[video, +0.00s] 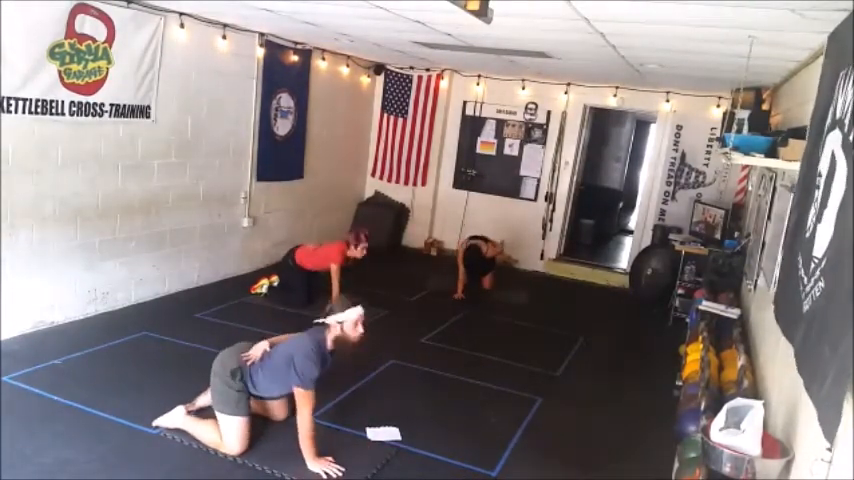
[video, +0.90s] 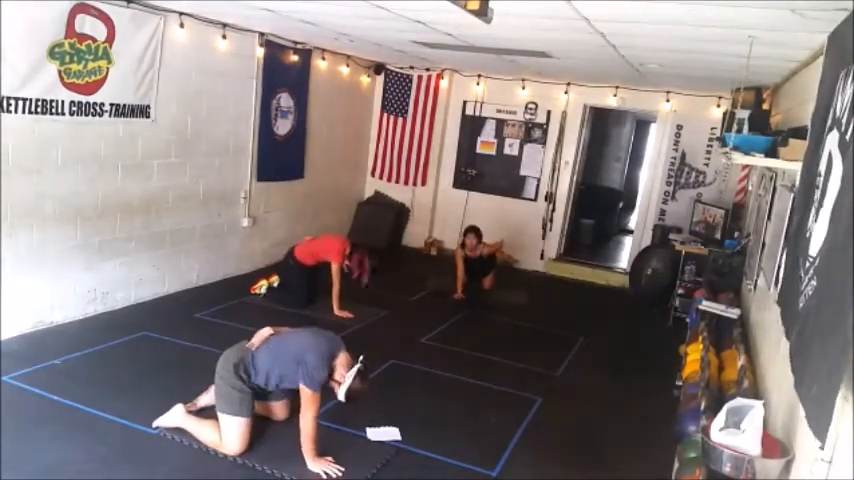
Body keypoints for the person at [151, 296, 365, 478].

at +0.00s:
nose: (362, 328)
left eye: (362, 321)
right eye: (356, 323)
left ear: (338, 323)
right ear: (335, 324)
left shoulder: (323, 335)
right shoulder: (309, 356)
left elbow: (296, 337)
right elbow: (305, 413)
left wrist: (267, 343)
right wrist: (311, 458)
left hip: (256, 357)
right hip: (231, 369)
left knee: (278, 411)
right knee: (233, 445)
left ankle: (220, 399)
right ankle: (181, 419)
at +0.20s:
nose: (358, 360)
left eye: (364, 357)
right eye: (359, 355)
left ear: (346, 334)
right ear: (346, 341)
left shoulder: (328, 332)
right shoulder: (314, 362)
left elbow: (296, 332)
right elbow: (309, 414)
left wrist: (264, 339)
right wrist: (312, 458)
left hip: (259, 357)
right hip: (233, 368)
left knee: (280, 410)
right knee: (234, 445)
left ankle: (218, 398)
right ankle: (179, 419)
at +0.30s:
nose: (335, 381)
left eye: (339, 382)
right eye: (340, 381)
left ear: (347, 364)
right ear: (342, 370)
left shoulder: (330, 337)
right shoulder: (311, 362)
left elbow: (292, 329)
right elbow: (308, 414)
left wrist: (265, 332)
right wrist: (312, 458)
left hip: (260, 357)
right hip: (234, 367)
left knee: (280, 410)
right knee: (232, 445)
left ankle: (220, 397)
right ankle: (181, 415)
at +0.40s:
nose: (328, 388)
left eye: (331, 389)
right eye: (332, 388)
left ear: (340, 376)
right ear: (341, 378)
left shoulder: (330, 341)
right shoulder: (310, 363)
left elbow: (295, 331)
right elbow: (308, 415)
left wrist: (267, 331)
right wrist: (312, 459)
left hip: (259, 357)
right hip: (234, 368)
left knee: (280, 410)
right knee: (232, 446)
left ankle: (220, 397)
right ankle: (181, 414)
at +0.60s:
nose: (351, 323)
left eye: (349, 318)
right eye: (344, 321)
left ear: (331, 326)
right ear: (326, 326)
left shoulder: (319, 341)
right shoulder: (302, 359)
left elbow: (293, 342)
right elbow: (301, 414)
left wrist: (266, 345)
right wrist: (311, 458)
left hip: (253, 358)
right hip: (228, 370)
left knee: (279, 411)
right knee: (232, 445)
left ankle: (218, 400)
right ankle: (181, 416)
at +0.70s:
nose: (355, 334)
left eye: (356, 327)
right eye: (350, 328)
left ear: (335, 326)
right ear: (329, 326)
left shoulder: (321, 339)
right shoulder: (305, 360)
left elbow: (297, 340)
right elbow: (303, 413)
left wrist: (267, 344)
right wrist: (311, 458)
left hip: (254, 359)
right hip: (228, 370)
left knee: (279, 411)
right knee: (232, 445)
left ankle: (218, 401)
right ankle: (182, 417)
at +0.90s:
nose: (332, 385)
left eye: (335, 386)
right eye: (337, 386)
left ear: (344, 375)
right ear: (346, 376)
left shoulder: (333, 342)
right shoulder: (315, 364)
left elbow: (296, 334)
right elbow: (309, 415)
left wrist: (271, 331)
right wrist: (311, 457)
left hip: (261, 358)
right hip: (236, 368)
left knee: (280, 410)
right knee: (233, 445)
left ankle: (221, 397)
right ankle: (180, 416)